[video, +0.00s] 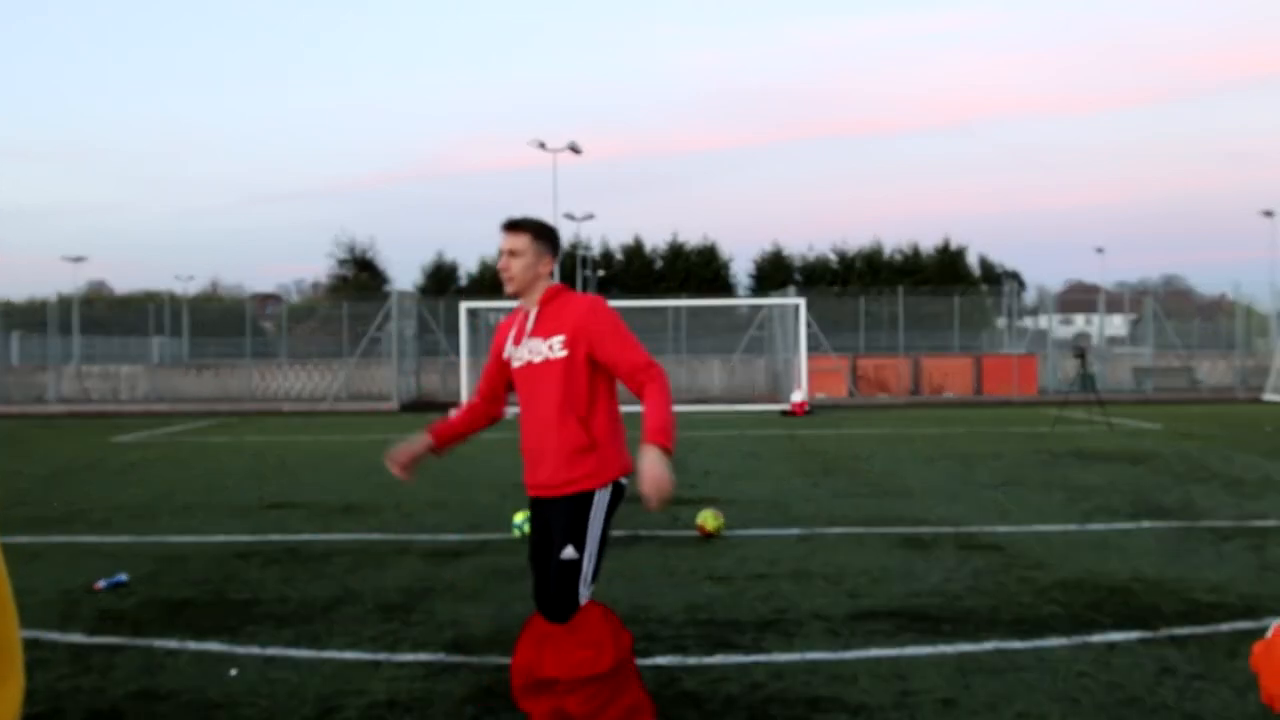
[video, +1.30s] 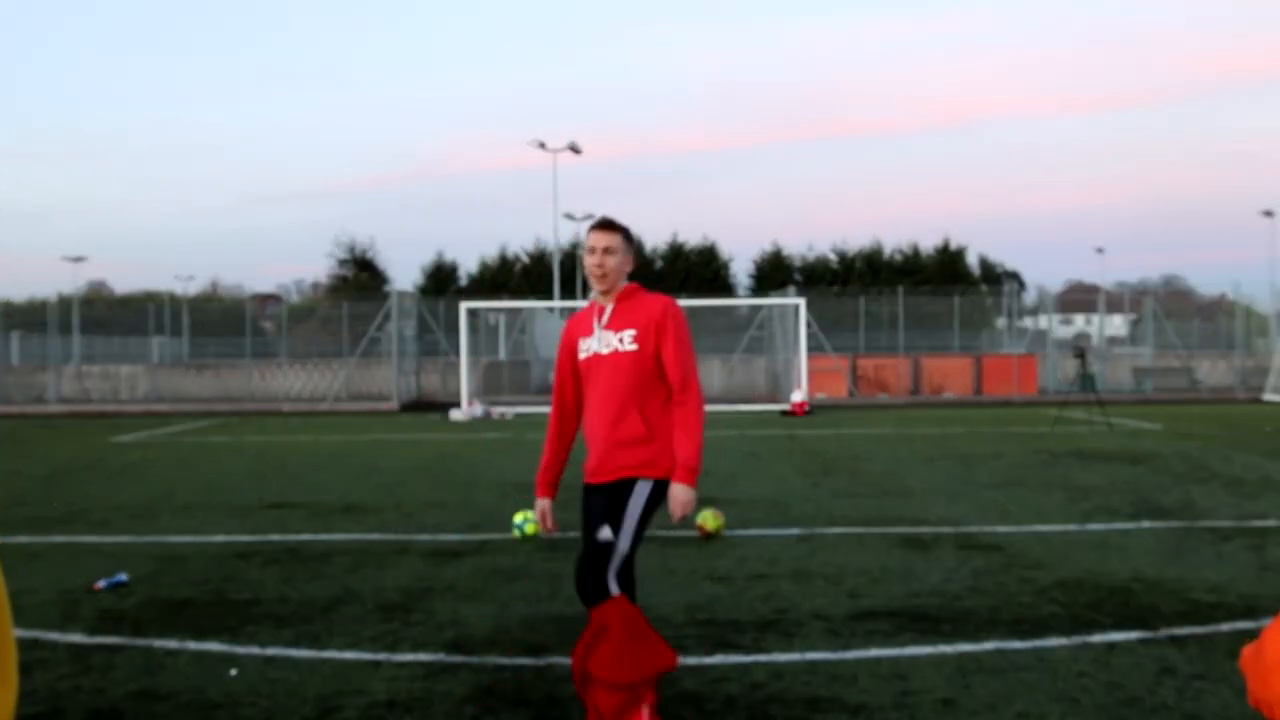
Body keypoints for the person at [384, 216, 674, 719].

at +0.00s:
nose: (502, 265)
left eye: (513, 255)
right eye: (501, 255)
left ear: (546, 262)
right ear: (508, 262)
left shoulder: (586, 312)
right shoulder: (510, 329)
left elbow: (650, 379)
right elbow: (486, 404)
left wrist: (655, 450)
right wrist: (427, 441)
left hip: (591, 478)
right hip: (544, 483)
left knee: (564, 602)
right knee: (553, 601)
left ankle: (623, 705)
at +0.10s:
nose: (514, 262)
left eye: (526, 253)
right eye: (513, 252)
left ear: (558, 261)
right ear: (518, 260)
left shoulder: (597, 313)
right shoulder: (520, 329)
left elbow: (658, 391)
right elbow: (509, 414)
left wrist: (676, 466)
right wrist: (462, 470)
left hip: (597, 480)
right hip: (548, 484)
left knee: (572, 603)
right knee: (555, 604)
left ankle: (645, 706)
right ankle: (564, 704)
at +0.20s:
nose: (533, 259)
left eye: (546, 250)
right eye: (532, 249)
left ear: (577, 259)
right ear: (535, 256)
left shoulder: (614, 314)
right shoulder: (535, 326)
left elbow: (657, 399)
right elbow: (533, 414)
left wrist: (690, 477)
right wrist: (533, 492)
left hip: (606, 484)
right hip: (554, 487)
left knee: (600, 608)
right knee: (560, 608)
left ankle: (636, 706)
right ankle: (567, 707)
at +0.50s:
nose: (589, 261)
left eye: (601, 252)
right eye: (587, 251)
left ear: (630, 262)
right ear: (583, 258)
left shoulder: (664, 324)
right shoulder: (578, 318)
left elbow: (695, 412)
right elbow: (601, 394)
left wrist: (707, 495)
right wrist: (602, 457)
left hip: (642, 490)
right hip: (584, 483)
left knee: (660, 606)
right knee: (549, 593)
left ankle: (664, 703)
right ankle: (570, 701)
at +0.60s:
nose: (603, 260)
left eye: (615, 251)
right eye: (600, 250)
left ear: (646, 259)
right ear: (598, 255)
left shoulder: (674, 325)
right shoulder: (592, 314)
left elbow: (702, 415)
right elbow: (603, 388)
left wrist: (711, 501)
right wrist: (609, 449)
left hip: (646, 482)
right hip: (594, 466)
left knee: (657, 605)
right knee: (529, 542)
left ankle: (658, 709)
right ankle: (588, 652)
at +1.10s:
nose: (625, 260)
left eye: (635, 251)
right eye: (617, 251)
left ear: (652, 259)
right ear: (605, 259)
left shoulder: (673, 319)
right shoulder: (595, 319)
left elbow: (697, 407)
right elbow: (578, 401)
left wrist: (667, 478)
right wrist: (538, 461)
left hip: (642, 484)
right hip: (594, 481)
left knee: (644, 598)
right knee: (590, 597)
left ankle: (662, 697)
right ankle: (617, 693)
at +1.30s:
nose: (598, 261)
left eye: (609, 252)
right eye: (592, 252)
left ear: (630, 260)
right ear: (582, 260)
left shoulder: (660, 312)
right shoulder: (577, 327)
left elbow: (687, 395)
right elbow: (564, 411)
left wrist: (684, 476)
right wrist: (545, 488)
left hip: (649, 465)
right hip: (601, 468)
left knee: (594, 578)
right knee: (615, 585)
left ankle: (638, 691)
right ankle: (633, 696)